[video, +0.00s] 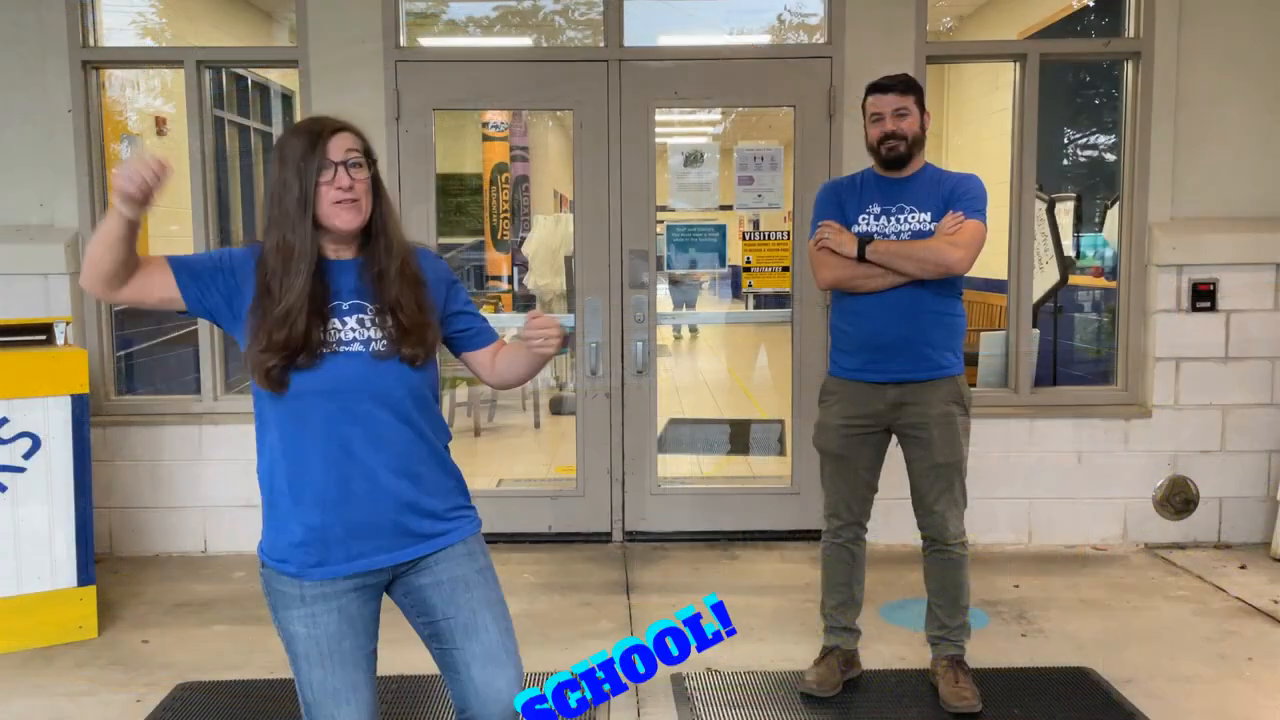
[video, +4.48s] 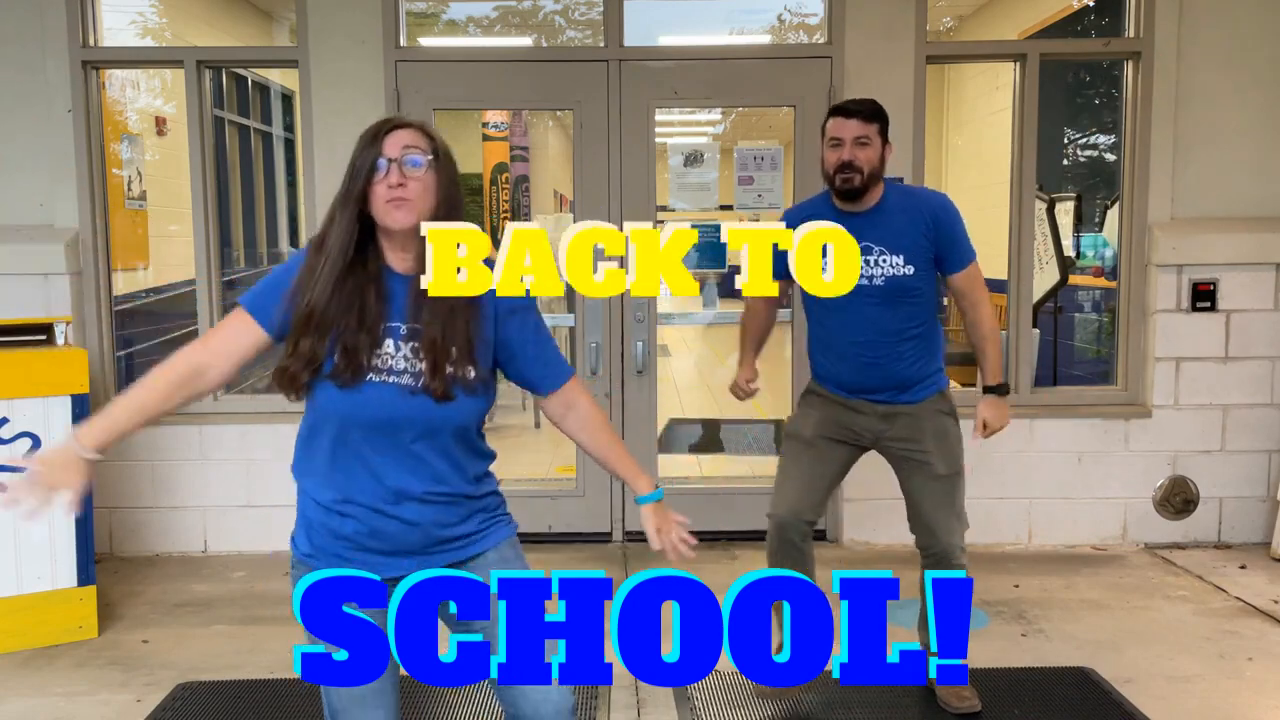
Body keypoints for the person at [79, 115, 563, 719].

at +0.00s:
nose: (347, 179)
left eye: (356, 163)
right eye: (327, 168)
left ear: (373, 179)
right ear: (296, 187)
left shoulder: (417, 270)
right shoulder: (254, 273)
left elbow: (495, 366)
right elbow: (106, 280)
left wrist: (533, 348)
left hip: (437, 536)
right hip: (314, 554)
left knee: (499, 699)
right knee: (342, 709)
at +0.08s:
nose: (332, 197)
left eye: (339, 182)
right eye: (311, 187)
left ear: (358, 193)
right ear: (280, 208)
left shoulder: (418, 284)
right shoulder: (250, 288)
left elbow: (507, 369)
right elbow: (125, 230)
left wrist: (612, 365)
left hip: (438, 545)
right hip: (313, 567)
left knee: (520, 694)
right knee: (339, 711)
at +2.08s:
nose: (332, 246)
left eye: (345, 231)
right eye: (314, 238)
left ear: (372, 245)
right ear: (292, 259)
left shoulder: (422, 339)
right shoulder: (268, 334)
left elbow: (538, 391)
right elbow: (164, 255)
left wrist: (658, 417)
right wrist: (43, 161)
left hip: (441, 598)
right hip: (333, 614)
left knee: (555, 671)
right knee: (376, 710)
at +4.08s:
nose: (338, 235)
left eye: (352, 218)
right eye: (321, 225)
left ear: (383, 229)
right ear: (301, 245)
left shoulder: (435, 315)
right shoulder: (283, 315)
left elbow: (549, 378)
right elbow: (168, 258)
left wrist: (674, 405)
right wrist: (39, 179)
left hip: (433, 575)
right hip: (321, 583)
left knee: (542, 685)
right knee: (359, 708)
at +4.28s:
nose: (355, 226)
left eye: (371, 213)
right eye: (339, 215)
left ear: (397, 232)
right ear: (317, 237)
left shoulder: (447, 319)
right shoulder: (288, 312)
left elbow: (552, 384)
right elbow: (158, 302)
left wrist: (670, 441)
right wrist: (23, 267)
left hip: (442, 564)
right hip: (326, 570)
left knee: (544, 674)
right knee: (355, 704)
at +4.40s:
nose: (378, 197)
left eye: (395, 186)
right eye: (361, 188)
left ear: (422, 214)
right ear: (339, 217)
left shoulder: (469, 308)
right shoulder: (297, 297)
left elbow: (566, 398)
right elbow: (155, 342)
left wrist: (671, 471)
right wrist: (12, 369)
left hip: (458, 557)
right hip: (332, 570)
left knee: (550, 686)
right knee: (354, 712)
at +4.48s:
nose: (396, 175)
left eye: (414, 163)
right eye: (382, 164)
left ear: (445, 187)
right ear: (361, 187)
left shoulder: (484, 288)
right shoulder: (318, 274)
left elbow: (565, 396)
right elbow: (207, 362)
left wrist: (650, 495)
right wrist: (82, 444)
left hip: (470, 538)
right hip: (344, 550)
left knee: (553, 698)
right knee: (361, 710)